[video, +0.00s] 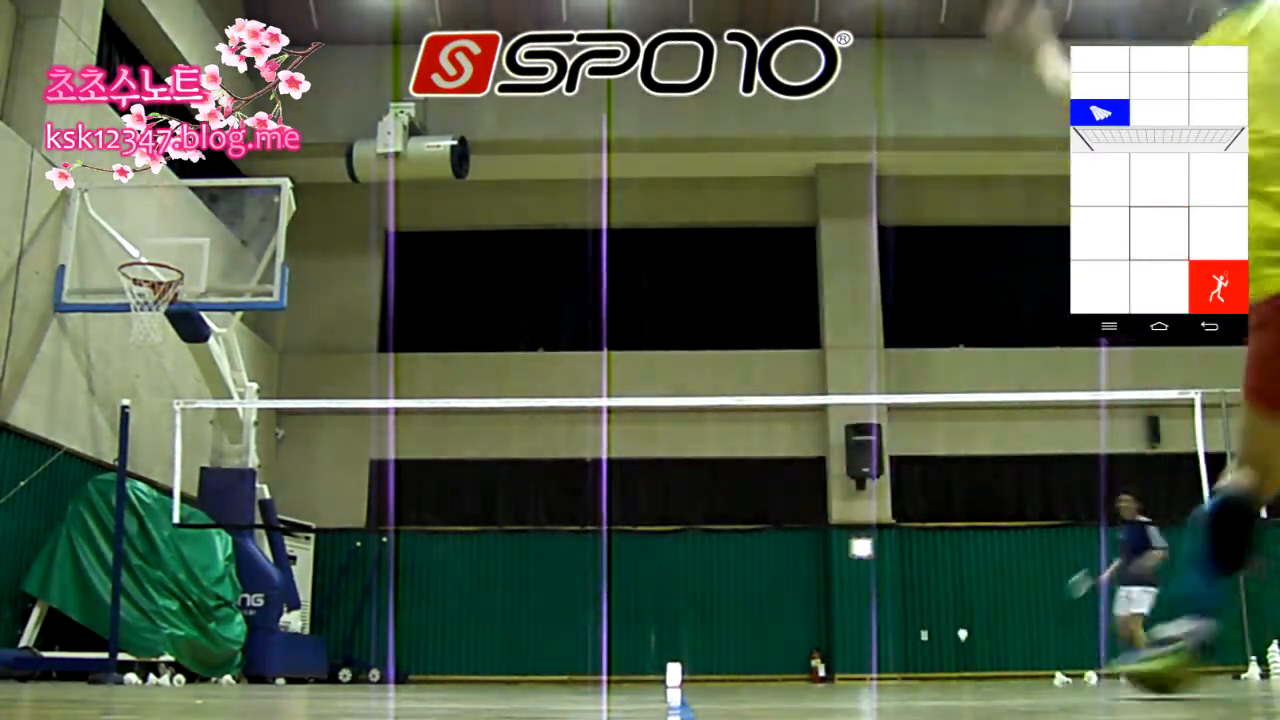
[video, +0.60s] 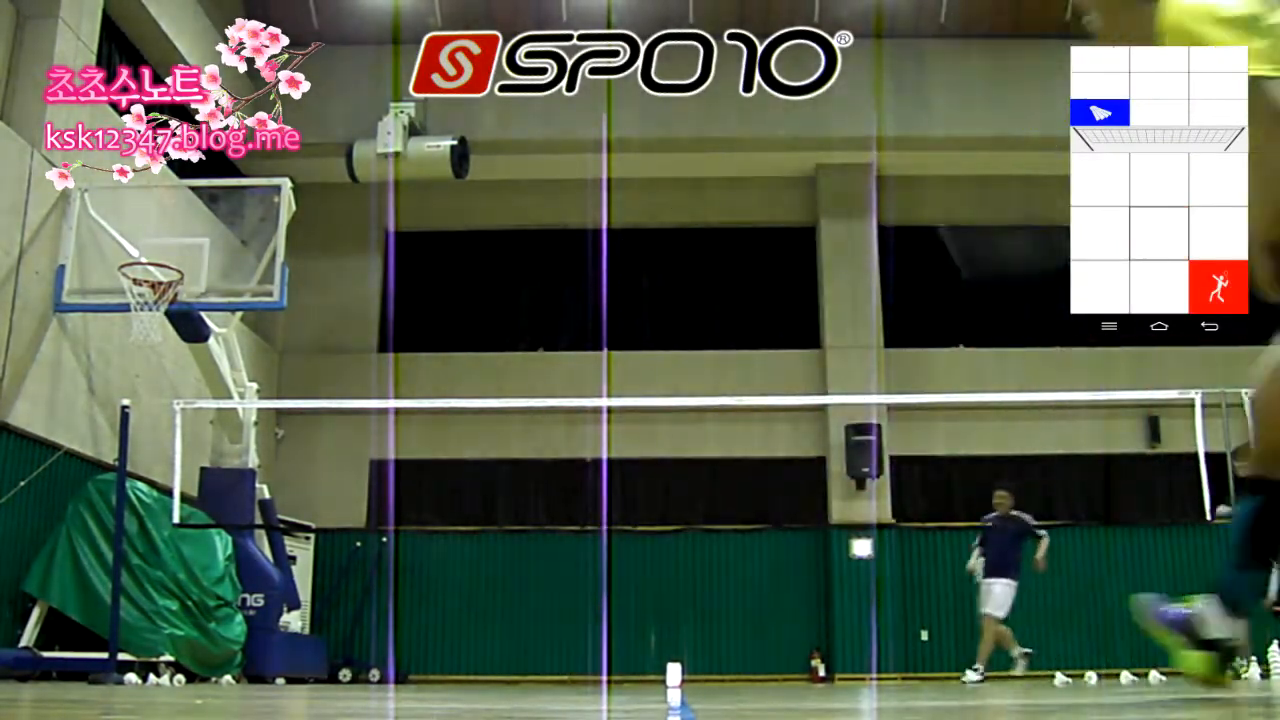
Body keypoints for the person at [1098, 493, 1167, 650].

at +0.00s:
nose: (1124, 507)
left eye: (1127, 503)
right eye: (1121, 503)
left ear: (1136, 506)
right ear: (1118, 507)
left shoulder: (1145, 525)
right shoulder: (1124, 528)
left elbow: (1160, 549)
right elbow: (1123, 558)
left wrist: (1143, 565)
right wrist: (1107, 575)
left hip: (1143, 583)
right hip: (1125, 583)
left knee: (1135, 625)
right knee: (1122, 628)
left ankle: (1145, 660)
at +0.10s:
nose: (1099, 501)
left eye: (1103, 497)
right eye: (1097, 497)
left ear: (1111, 499)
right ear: (1094, 500)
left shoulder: (1119, 516)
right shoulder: (1097, 519)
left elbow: (1121, 542)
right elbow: (1104, 548)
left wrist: (1094, 541)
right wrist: (1093, 566)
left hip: (1121, 577)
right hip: (1101, 577)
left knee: (1126, 619)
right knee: (1093, 616)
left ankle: (1142, 660)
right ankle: (1100, 660)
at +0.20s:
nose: (1075, 500)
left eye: (1079, 497)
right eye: (1072, 497)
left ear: (1087, 499)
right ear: (1069, 500)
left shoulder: (1095, 514)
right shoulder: (1072, 518)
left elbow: (1095, 540)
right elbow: (1078, 546)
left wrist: (1071, 538)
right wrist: (1069, 562)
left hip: (1096, 574)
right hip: (1076, 575)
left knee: (1105, 619)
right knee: (1070, 617)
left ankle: (1130, 651)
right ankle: (1064, 660)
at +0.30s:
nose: (1053, 506)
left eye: (1057, 502)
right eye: (1050, 502)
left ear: (1067, 505)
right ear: (1047, 505)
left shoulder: (1075, 525)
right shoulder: (1048, 529)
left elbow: (1082, 553)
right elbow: (1045, 556)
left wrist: (1054, 564)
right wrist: (1034, 573)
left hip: (1070, 584)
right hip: (1049, 584)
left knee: (1069, 626)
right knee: (1045, 625)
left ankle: (1102, 648)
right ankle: (1054, 667)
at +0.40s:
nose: (1034, 503)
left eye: (1038, 499)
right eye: (1031, 499)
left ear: (1046, 501)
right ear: (1027, 502)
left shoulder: (1057, 522)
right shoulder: (1026, 523)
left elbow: (1075, 549)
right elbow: (1020, 550)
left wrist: (1062, 565)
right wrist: (1008, 564)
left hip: (1047, 578)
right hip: (1029, 578)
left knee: (1033, 616)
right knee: (1037, 621)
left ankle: (1054, 657)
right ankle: (1051, 665)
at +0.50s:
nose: (1016, 498)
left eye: (1020, 494)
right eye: (1014, 494)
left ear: (1029, 497)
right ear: (1010, 497)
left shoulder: (1039, 516)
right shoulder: (1006, 516)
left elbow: (1062, 536)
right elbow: (998, 540)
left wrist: (1056, 557)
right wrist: (991, 558)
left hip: (1027, 573)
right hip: (1007, 572)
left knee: (1011, 615)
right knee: (1018, 619)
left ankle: (1005, 662)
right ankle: (1040, 658)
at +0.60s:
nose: (998, 502)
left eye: (1003, 498)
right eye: (996, 498)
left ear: (1011, 501)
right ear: (993, 500)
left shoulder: (1021, 520)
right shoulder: (988, 521)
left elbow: (1044, 536)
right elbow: (981, 544)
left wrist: (1040, 554)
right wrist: (974, 560)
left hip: (1006, 578)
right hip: (987, 577)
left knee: (990, 621)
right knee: (989, 622)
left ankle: (979, 667)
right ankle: (1018, 653)